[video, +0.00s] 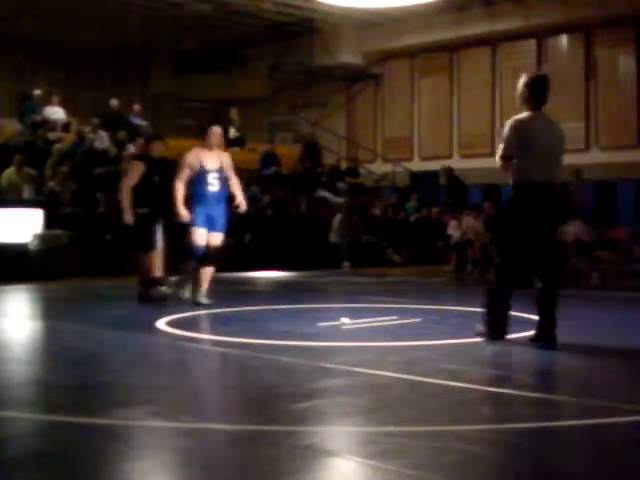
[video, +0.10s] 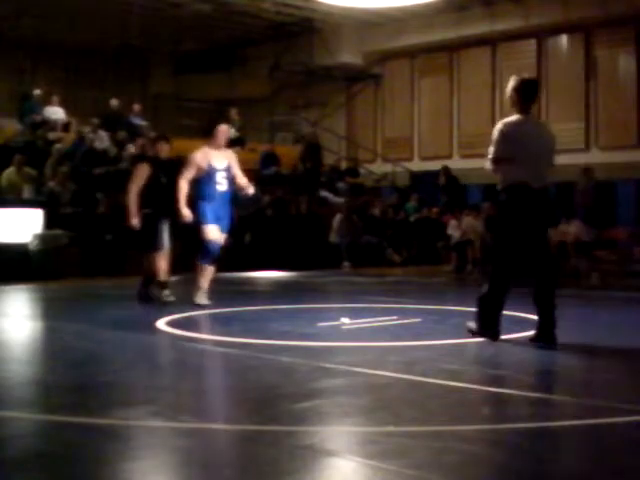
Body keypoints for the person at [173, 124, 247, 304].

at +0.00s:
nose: (216, 139)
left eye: (219, 135)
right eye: (213, 135)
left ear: (222, 138)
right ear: (206, 137)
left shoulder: (224, 157)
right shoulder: (194, 155)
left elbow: (232, 179)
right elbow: (181, 181)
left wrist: (239, 196)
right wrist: (180, 206)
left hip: (219, 206)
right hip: (199, 206)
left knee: (214, 249)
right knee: (198, 245)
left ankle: (203, 291)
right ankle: (189, 282)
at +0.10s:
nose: (224, 139)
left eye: (227, 136)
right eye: (222, 135)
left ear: (229, 137)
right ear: (214, 135)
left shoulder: (230, 155)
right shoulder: (200, 155)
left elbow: (238, 176)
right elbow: (184, 179)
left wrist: (246, 186)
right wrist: (183, 206)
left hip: (224, 203)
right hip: (206, 203)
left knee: (217, 245)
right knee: (213, 241)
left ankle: (204, 290)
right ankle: (201, 285)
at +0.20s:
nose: (231, 137)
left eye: (233, 133)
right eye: (228, 133)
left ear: (236, 136)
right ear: (220, 134)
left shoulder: (236, 156)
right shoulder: (207, 155)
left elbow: (246, 176)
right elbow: (190, 179)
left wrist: (256, 184)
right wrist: (188, 207)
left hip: (231, 204)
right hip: (213, 204)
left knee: (221, 244)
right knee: (221, 242)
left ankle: (207, 286)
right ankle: (222, 288)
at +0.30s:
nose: (239, 138)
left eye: (241, 134)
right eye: (235, 134)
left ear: (243, 136)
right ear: (227, 135)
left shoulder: (244, 159)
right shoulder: (215, 157)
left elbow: (256, 180)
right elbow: (198, 181)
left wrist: (267, 185)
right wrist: (198, 209)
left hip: (238, 206)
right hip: (221, 205)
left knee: (232, 247)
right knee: (233, 245)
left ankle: (209, 278)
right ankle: (238, 291)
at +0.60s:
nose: (267, 133)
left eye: (269, 129)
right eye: (263, 129)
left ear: (271, 132)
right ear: (255, 130)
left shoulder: (270, 153)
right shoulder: (243, 150)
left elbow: (274, 179)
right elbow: (229, 177)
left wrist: (278, 205)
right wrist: (238, 203)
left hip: (267, 201)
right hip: (250, 202)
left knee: (278, 241)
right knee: (253, 245)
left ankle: (253, 283)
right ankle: (245, 293)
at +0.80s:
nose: (293, 133)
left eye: (295, 129)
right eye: (289, 129)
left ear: (296, 131)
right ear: (280, 130)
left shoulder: (292, 153)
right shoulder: (267, 149)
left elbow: (286, 178)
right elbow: (249, 173)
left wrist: (287, 198)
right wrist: (267, 197)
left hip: (286, 202)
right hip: (268, 202)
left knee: (296, 246)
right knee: (263, 246)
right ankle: (245, 293)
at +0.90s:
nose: (305, 135)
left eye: (307, 131)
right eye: (302, 131)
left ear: (309, 134)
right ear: (293, 131)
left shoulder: (303, 155)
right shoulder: (280, 151)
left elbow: (298, 180)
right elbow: (266, 176)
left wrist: (302, 199)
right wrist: (287, 197)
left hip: (300, 206)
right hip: (282, 206)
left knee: (311, 249)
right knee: (273, 248)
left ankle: (325, 296)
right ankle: (247, 292)